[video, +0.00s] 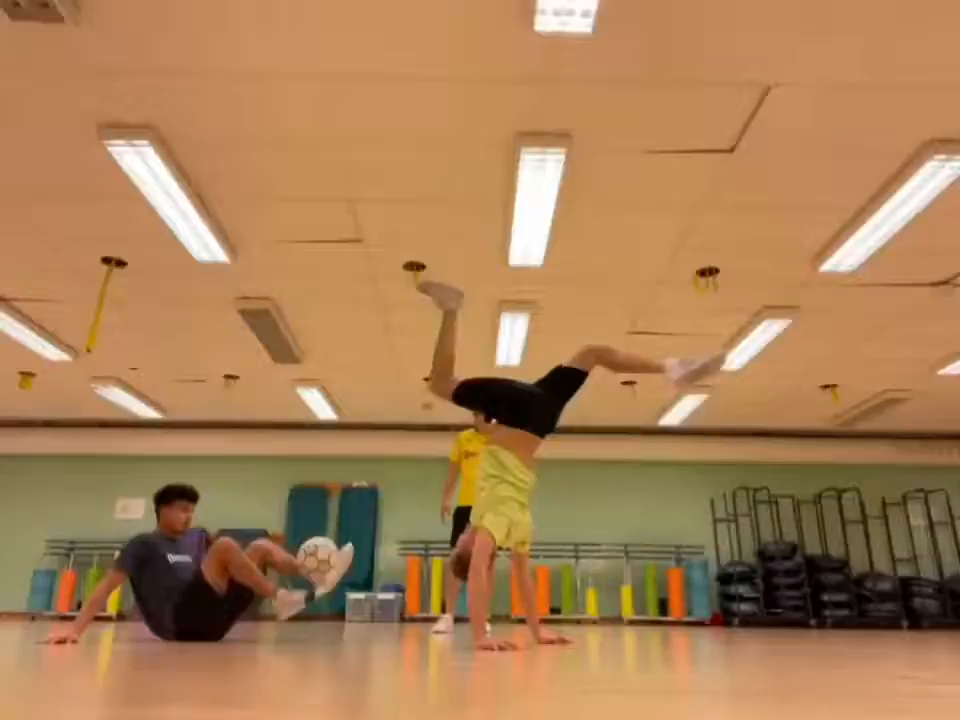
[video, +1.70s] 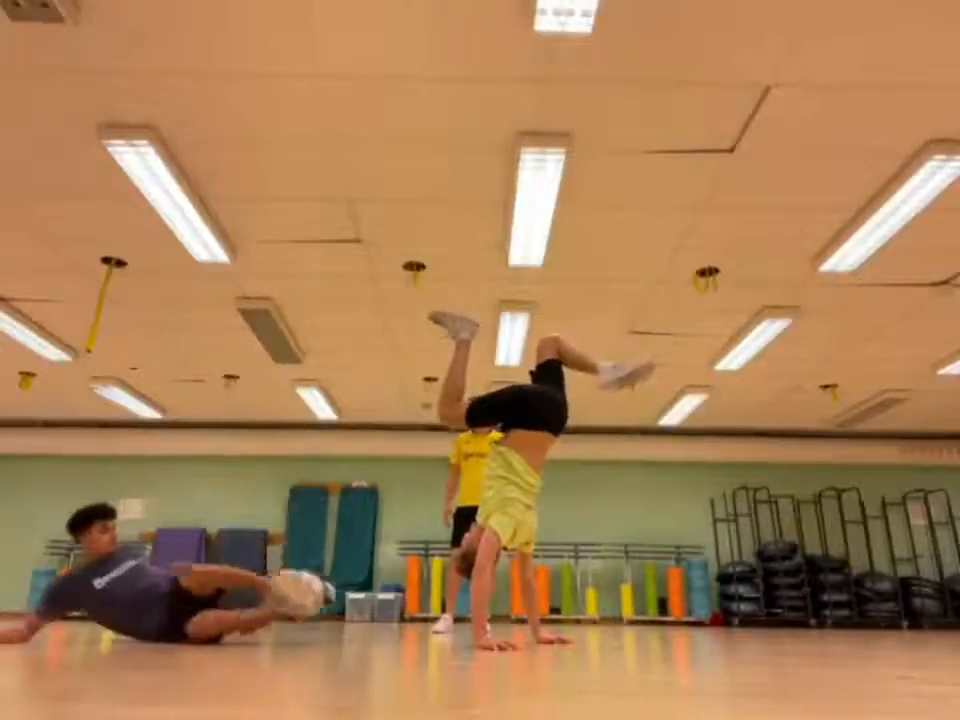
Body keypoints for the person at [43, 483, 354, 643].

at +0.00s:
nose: (188, 516)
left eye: (190, 511)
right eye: (182, 510)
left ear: (189, 513)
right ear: (162, 511)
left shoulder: (197, 540)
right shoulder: (141, 545)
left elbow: (227, 567)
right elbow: (105, 589)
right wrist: (75, 631)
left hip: (212, 619)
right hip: (181, 621)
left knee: (262, 547)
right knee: (224, 546)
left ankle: (318, 573)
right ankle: (278, 597)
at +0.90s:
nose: (179, 522)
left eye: (181, 516)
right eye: (173, 515)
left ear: (180, 519)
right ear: (154, 517)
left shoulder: (189, 548)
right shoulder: (135, 548)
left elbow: (229, 562)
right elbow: (98, 588)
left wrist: (257, 559)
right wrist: (74, 629)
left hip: (211, 620)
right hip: (175, 620)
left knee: (251, 553)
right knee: (222, 542)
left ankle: (280, 592)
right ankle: (274, 591)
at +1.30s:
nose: (169, 519)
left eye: (169, 512)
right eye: (162, 512)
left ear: (168, 515)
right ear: (142, 515)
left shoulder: (176, 545)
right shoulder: (126, 551)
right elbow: (93, 590)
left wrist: (267, 544)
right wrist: (66, 624)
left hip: (203, 612)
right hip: (177, 622)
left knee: (232, 541)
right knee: (220, 551)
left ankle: (279, 542)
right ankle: (280, 591)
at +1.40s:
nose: (153, 520)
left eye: (155, 514)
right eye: (145, 515)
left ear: (157, 517)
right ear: (126, 520)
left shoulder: (166, 549)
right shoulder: (116, 555)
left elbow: (177, 589)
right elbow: (74, 589)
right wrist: (33, 620)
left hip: (201, 609)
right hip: (174, 622)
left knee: (240, 560)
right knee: (233, 583)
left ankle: (295, 572)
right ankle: (300, 613)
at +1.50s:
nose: (138, 527)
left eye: (139, 521)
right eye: (130, 522)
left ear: (139, 524)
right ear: (111, 527)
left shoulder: (147, 551)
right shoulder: (102, 566)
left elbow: (166, 586)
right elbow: (63, 593)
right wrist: (33, 615)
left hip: (194, 594)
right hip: (173, 618)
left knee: (251, 583)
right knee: (241, 612)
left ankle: (309, 601)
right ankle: (309, 629)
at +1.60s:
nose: (122, 533)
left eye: (122, 527)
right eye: (114, 529)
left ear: (121, 531)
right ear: (94, 536)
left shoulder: (139, 552)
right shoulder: (81, 581)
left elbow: (165, 578)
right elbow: (43, 617)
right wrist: (20, 633)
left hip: (189, 590)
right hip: (174, 621)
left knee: (243, 585)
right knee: (246, 614)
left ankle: (306, 609)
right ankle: (313, 628)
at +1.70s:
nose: (111, 537)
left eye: (112, 530)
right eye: (103, 532)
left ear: (112, 534)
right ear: (81, 540)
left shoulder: (128, 556)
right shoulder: (69, 586)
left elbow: (159, 575)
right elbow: (31, 626)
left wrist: (188, 577)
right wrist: (15, 635)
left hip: (179, 592)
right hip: (171, 627)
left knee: (198, 573)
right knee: (216, 622)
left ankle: (269, 585)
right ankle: (282, 610)